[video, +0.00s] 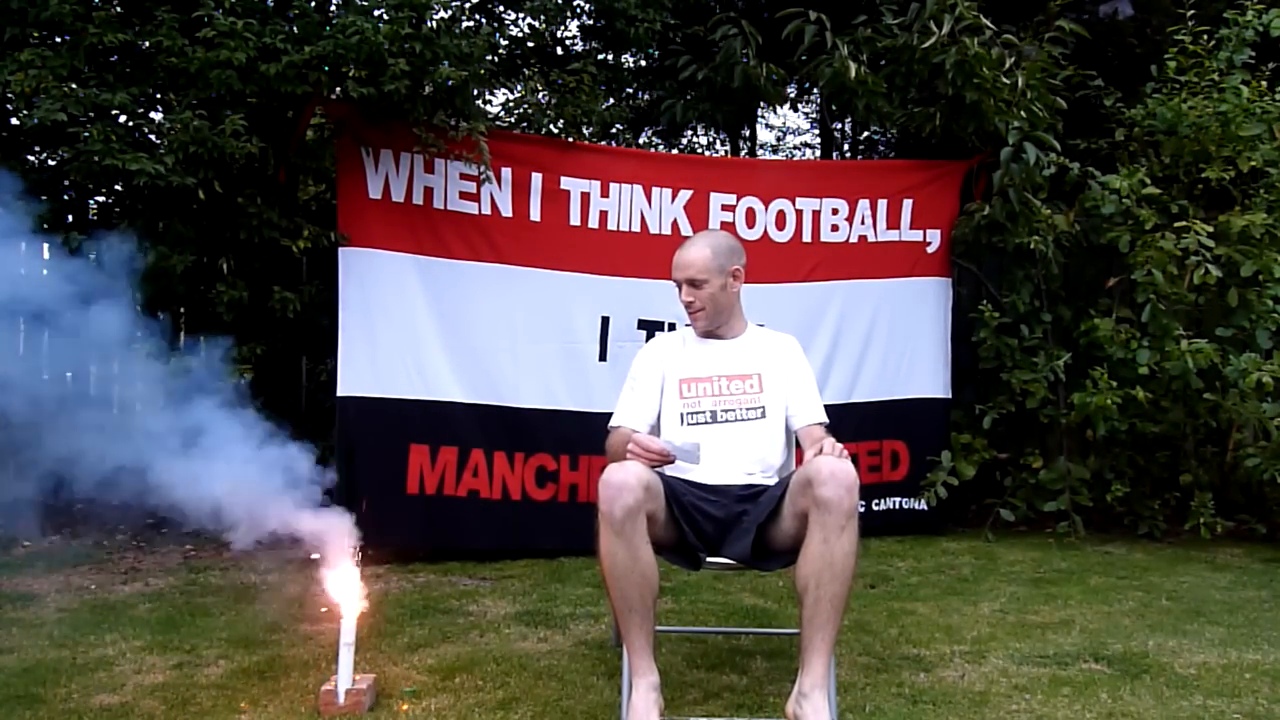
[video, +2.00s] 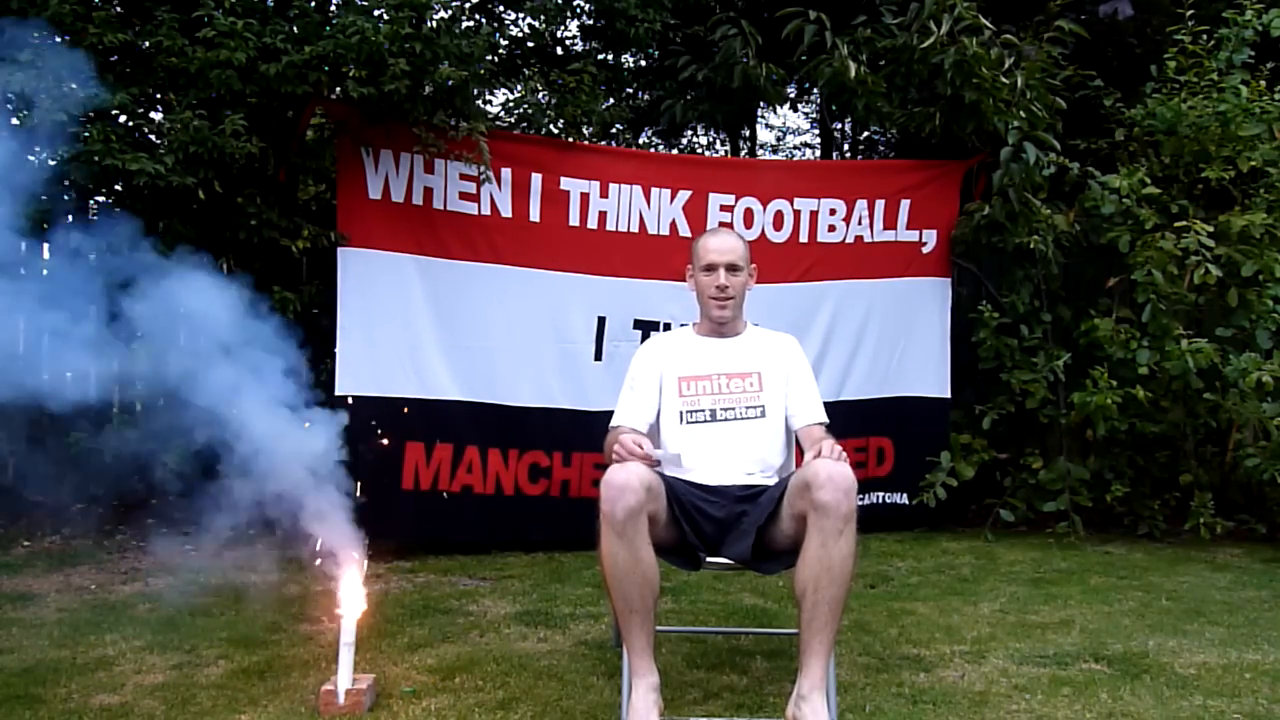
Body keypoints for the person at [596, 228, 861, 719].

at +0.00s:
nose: (685, 298)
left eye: (696, 284)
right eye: (679, 286)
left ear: (735, 279)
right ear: (674, 286)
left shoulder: (782, 350)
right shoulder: (659, 352)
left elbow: (812, 437)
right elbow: (616, 442)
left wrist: (824, 448)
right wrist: (635, 445)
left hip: (768, 504)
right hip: (680, 503)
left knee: (837, 477)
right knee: (617, 484)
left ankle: (812, 689)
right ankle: (643, 683)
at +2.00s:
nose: (721, 282)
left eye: (733, 270)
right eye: (709, 270)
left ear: (751, 277)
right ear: (691, 278)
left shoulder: (783, 349)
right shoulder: (658, 351)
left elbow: (813, 436)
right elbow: (621, 439)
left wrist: (825, 449)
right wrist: (622, 442)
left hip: (768, 504)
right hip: (679, 503)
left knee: (835, 480)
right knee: (620, 484)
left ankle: (811, 692)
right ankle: (642, 683)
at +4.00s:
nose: (719, 283)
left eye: (730, 271)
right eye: (706, 271)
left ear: (749, 278)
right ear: (689, 279)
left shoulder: (783, 350)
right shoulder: (657, 352)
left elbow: (814, 436)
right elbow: (620, 439)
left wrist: (825, 451)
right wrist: (617, 447)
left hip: (768, 503)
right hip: (679, 502)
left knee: (837, 484)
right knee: (619, 491)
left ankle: (807, 695)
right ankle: (644, 687)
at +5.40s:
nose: (721, 281)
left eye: (732, 269)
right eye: (709, 269)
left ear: (749, 278)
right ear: (690, 278)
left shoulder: (782, 351)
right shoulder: (657, 353)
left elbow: (814, 434)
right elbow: (621, 437)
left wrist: (825, 448)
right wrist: (622, 445)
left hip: (767, 503)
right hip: (680, 501)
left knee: (838, 494)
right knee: (617, 493)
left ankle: (804, 698)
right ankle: (645, 687)